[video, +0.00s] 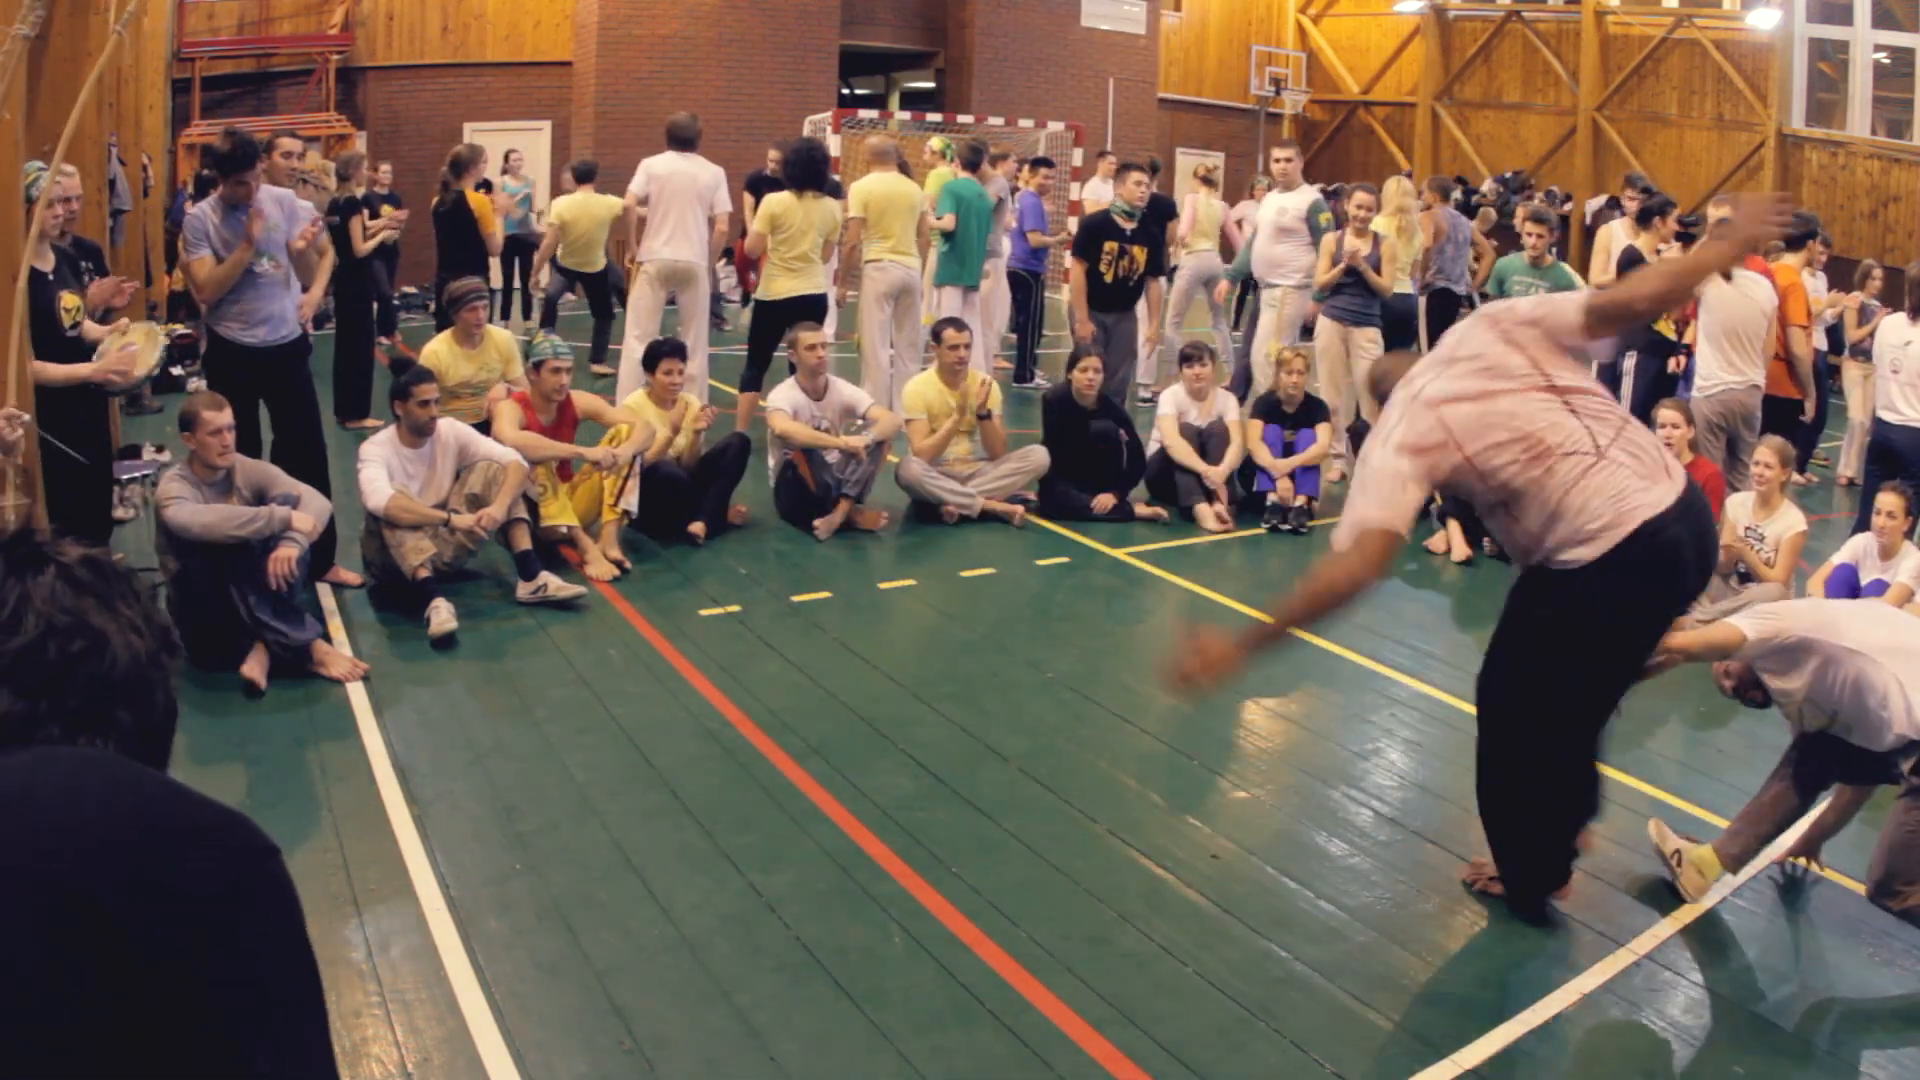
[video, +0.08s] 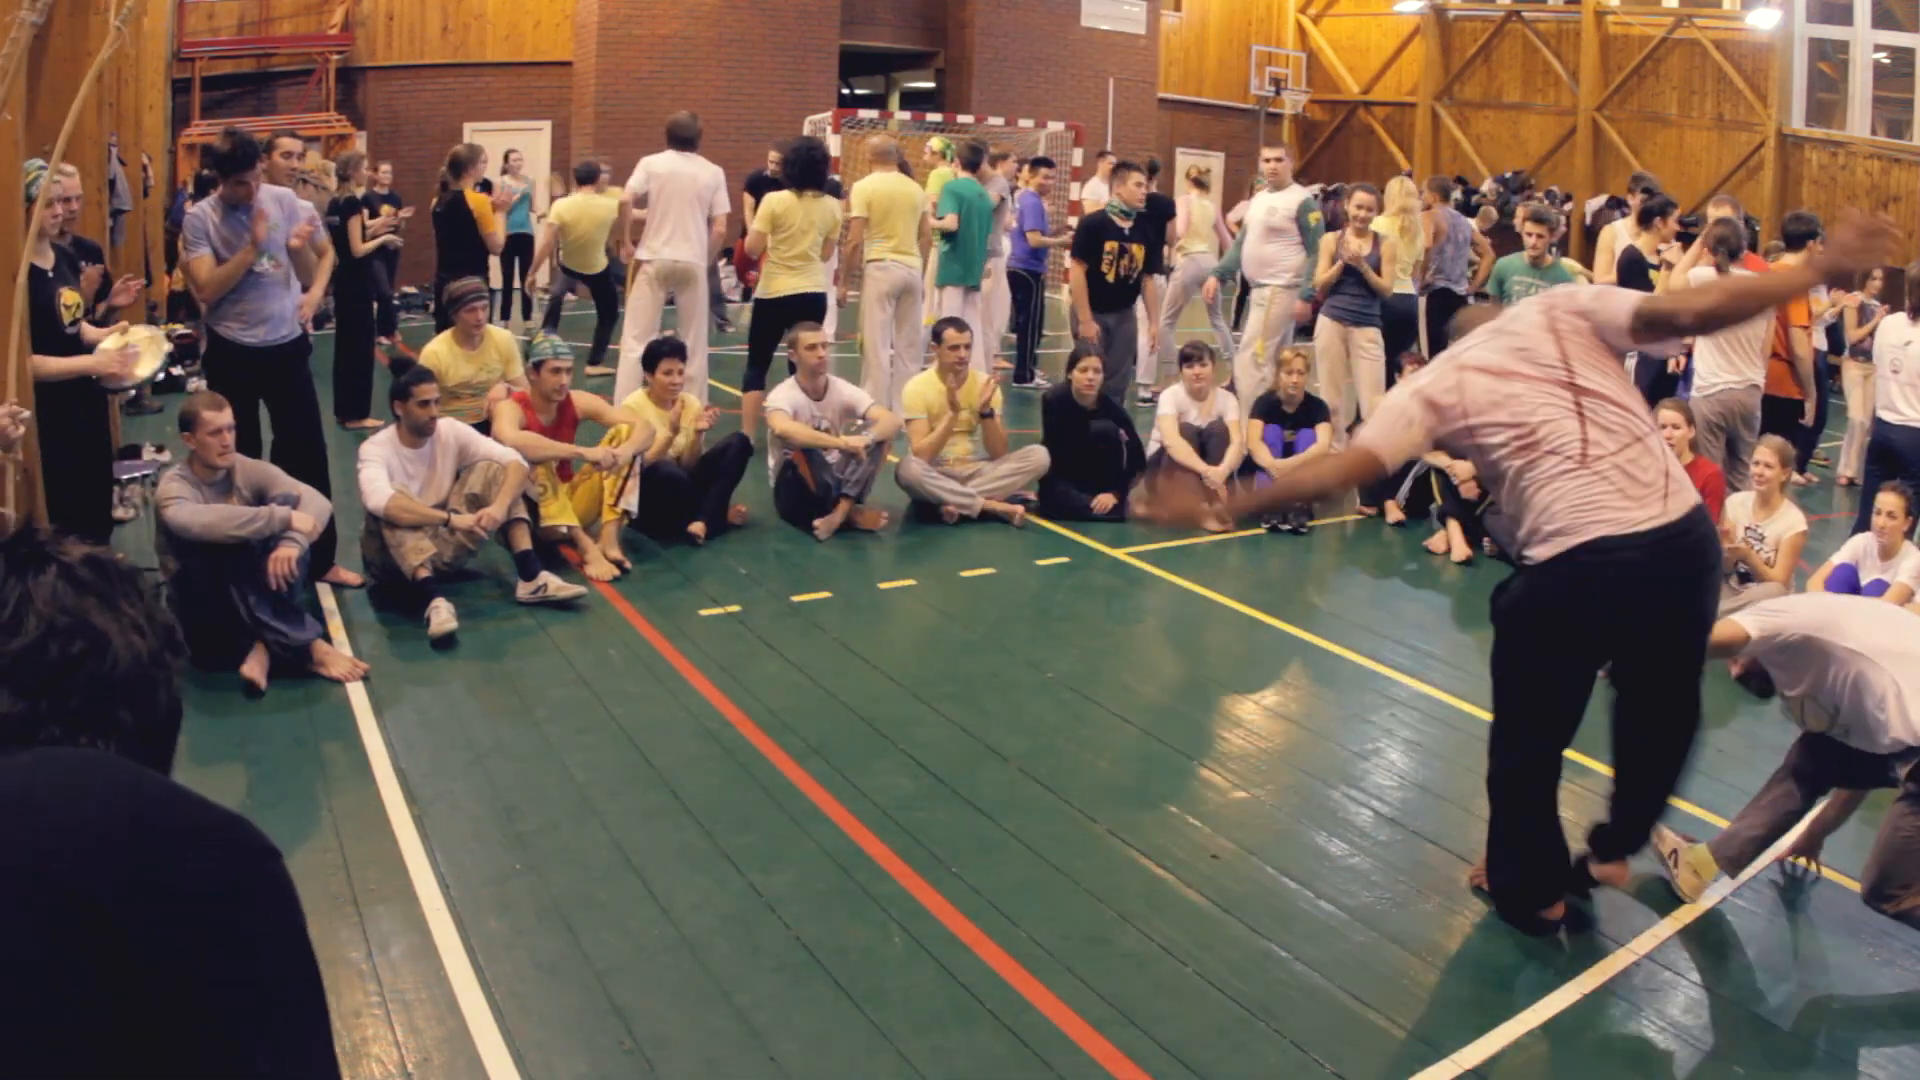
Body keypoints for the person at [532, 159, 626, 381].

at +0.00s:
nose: (567, 180)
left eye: (569, 177)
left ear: (573, 179)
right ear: (595, 179)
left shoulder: (561, 204)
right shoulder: (608, 203)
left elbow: (550, 244)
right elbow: (633, 207)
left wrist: (535, 272)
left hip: (565, 265)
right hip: (594, 268)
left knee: (550, 298)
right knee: (604, 315)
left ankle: (544, 346)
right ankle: (597, 362)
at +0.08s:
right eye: (601, 177)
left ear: (575, 180)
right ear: (597, 180)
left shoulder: (561, 205)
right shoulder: (611, 205)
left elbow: (547, 244)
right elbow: (639, 215)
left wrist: (532, 272)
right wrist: (663, 212)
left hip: (567, 266)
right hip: (596, 268)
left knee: (556, 297)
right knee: (608, 313)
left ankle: (545, 343)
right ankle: (594, 363)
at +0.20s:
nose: (602, 186)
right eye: (602, 182)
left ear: (579, 181)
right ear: (601, 182)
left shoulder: (561, 204)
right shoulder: (608, 208)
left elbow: (545, 239)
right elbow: (632, 222)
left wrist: (526, 267)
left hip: (568, 263)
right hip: (596, 267)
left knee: (582, 293)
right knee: (612, 312)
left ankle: (553, 333)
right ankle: (595, 363)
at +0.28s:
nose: (606, 185)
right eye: (605, 182)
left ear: (581, 179)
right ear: (603, 183)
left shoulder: (560, 201)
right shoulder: (604, 207)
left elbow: (540, 233)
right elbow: (633, 228)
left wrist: (520, 260)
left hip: (571, 264)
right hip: (594, 267)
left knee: (604, 302)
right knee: (613, 311)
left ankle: (571, 330)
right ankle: (596, 363)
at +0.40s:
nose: (608, 180)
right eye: (608, 176)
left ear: (583, 173)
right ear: (605, 177)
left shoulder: (561, 195)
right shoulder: (600, 202)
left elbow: (535, 223)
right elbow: (623, 230)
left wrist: (513, 244)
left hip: (573, 263)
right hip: (593, 265)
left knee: (612, 305)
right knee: (612, 311)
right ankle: (597, 362)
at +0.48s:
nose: (607, 174)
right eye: (607, 170)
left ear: (582, 168)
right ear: (604, 171)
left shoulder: (561, 190)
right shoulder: (599, 196)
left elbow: (535, 215)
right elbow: (619, 227)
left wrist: (516, 235)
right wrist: (634, 242)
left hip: (572, 258)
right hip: (593, 260)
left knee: (610, 301)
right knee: (611, 306)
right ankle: (596, 361)